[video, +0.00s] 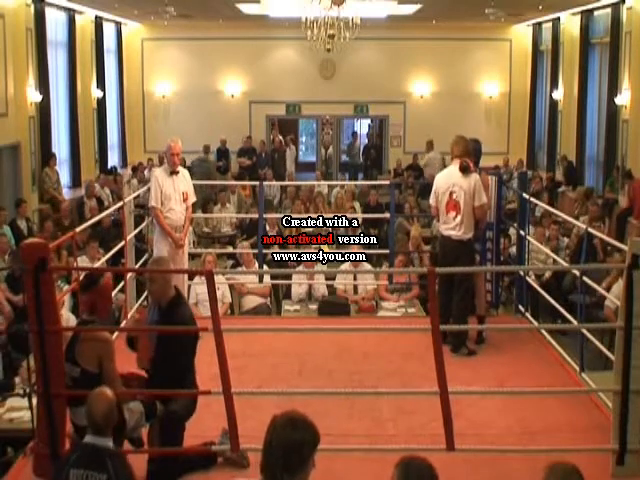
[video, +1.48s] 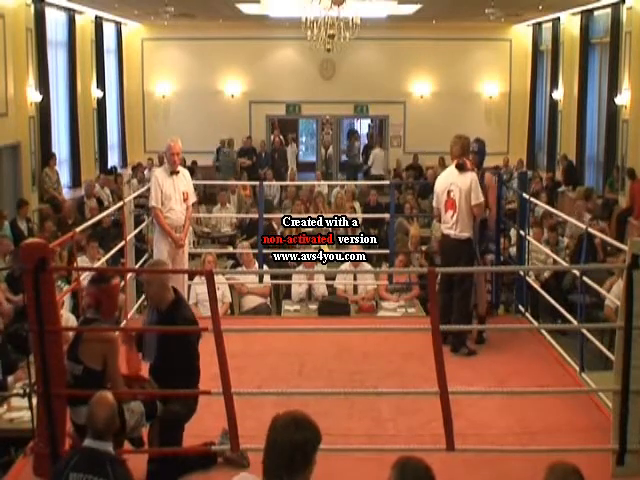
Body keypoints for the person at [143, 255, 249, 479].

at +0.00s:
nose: (149, 286)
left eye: (154, 280)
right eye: (147, 280)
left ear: (169, 280)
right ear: (148, 279)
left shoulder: (180, 318)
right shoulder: (158, 307)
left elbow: (171, 372)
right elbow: (141, 347)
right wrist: (133, 334)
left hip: (178, 396)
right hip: (161, 390)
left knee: (161, 470)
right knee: (159, 467)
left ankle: (217, 452)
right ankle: (215, 449)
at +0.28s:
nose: (149, 287)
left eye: (153, 281)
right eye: (147, 281)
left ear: (168, 280)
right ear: (146, 281)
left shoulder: (180, 318)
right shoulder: (160, 307)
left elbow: (168, 373)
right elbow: (148, 348)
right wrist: (134, 331)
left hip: (178, 396)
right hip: (162, 389)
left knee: (161, 470)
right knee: (159, 467)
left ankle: (217, 452)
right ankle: (215, 449)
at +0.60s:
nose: (145, 288)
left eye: (149, 282)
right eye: (144, 281)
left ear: (165, 281)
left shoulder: (180, 318)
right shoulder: (155, 308)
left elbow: (182, 369)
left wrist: (173, 406)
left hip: (175, 399)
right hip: (160, 393)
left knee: (162, 469)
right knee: (157, 467)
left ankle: (217, 451)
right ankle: (215, 449)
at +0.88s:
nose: (146, 288)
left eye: (150, 282)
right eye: (145, 282)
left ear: (166, 282)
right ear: (151, 281)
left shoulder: (181, 319)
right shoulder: (156, 308)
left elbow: (185, 371)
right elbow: (150, 347)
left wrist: (174, 408)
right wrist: (138, 327)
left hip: (176, 399)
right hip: (160, 393)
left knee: (161, 470)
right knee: (158, 467)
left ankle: (216, 451)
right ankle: (215, 449)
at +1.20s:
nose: (146, 288)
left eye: (150, 282)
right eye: (145, 282)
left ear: (166, 282)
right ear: (148, 281)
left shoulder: (181, 319)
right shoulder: (154, 308)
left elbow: (185, 371)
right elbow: (144, 346)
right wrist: (135, 320)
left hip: (177, 398)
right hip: (160, 393)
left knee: (160, 469)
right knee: (160, 467)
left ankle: (217, 451)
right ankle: (215, 449)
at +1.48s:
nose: (145, 289)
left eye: (149, 283)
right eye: (144, 283)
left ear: (163, 284)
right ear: (148, 283)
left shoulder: (181, 320)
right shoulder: (158, 308)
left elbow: (184, 374)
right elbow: (149, 349)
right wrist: (135, 338)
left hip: (178, 399)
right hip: (161, 393)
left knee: (160, 469)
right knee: (159, 467)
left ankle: (217, 452)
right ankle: (214, 450)